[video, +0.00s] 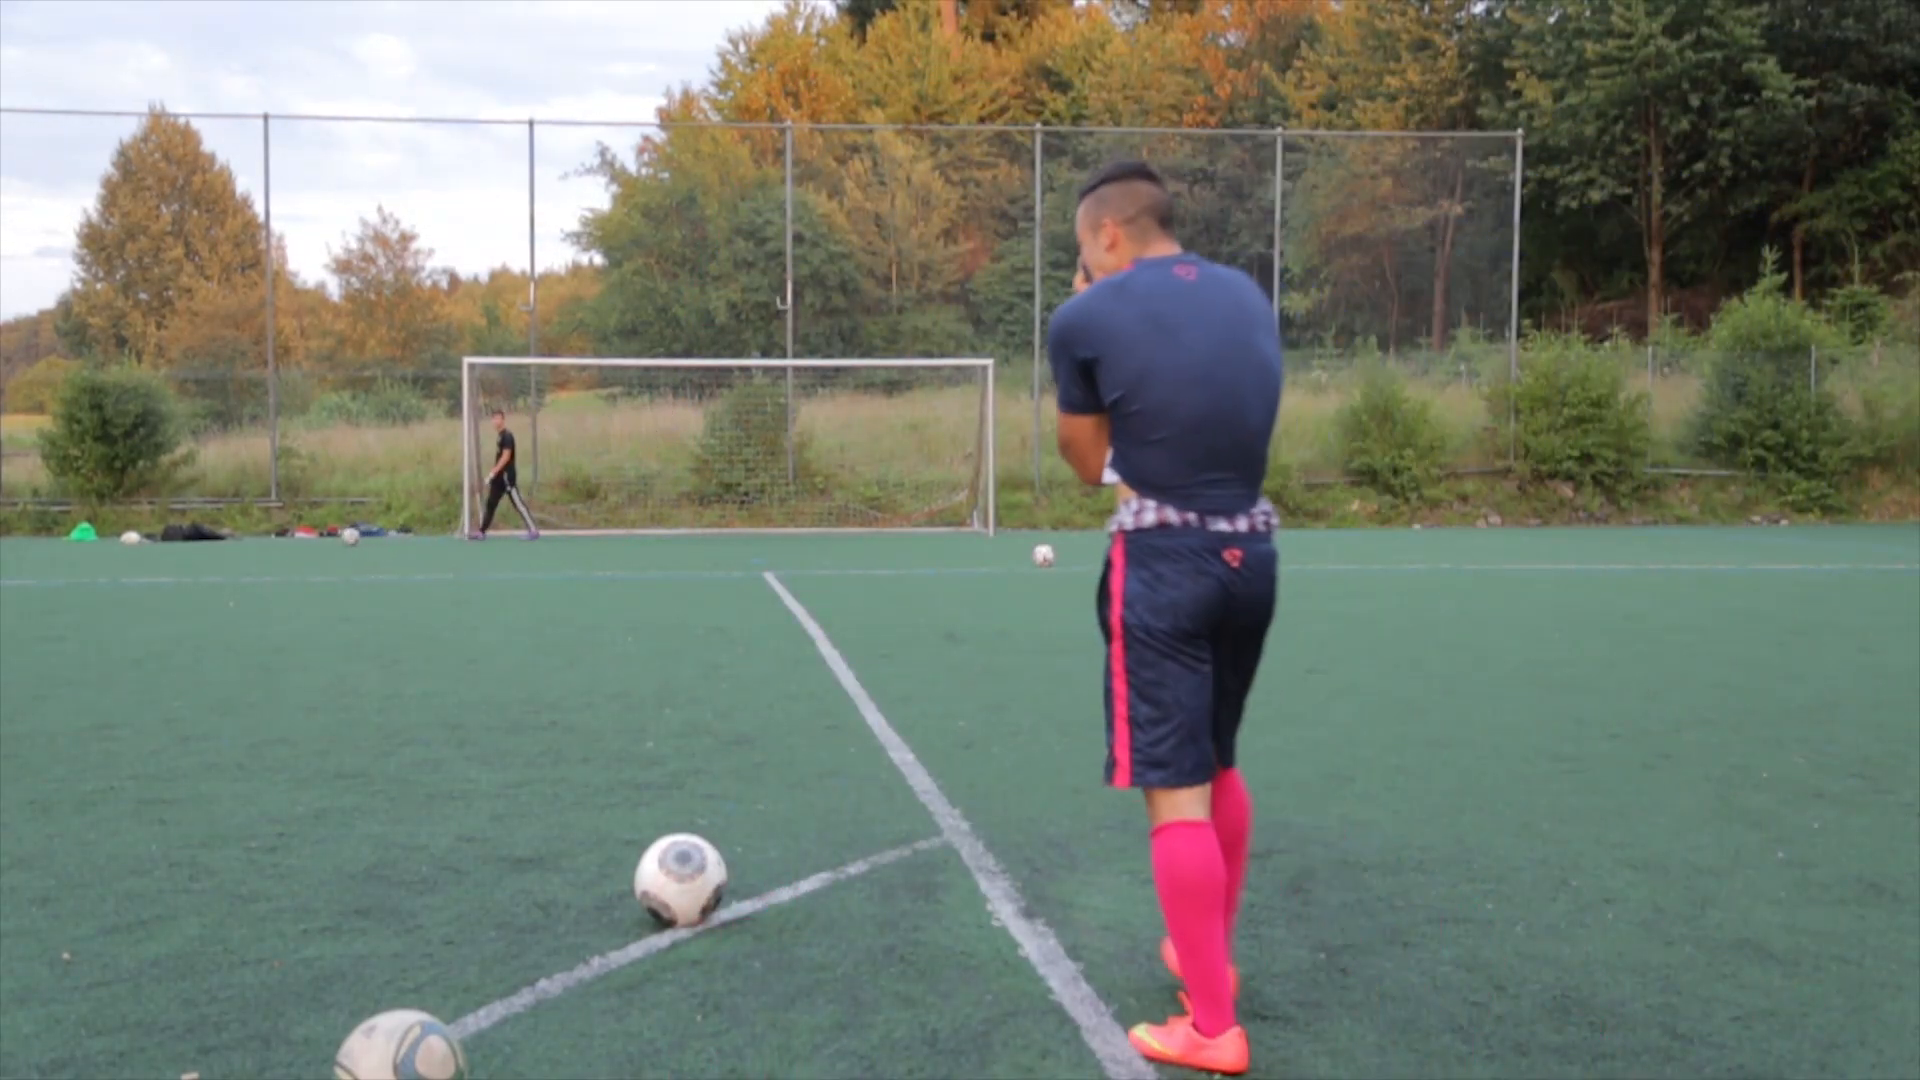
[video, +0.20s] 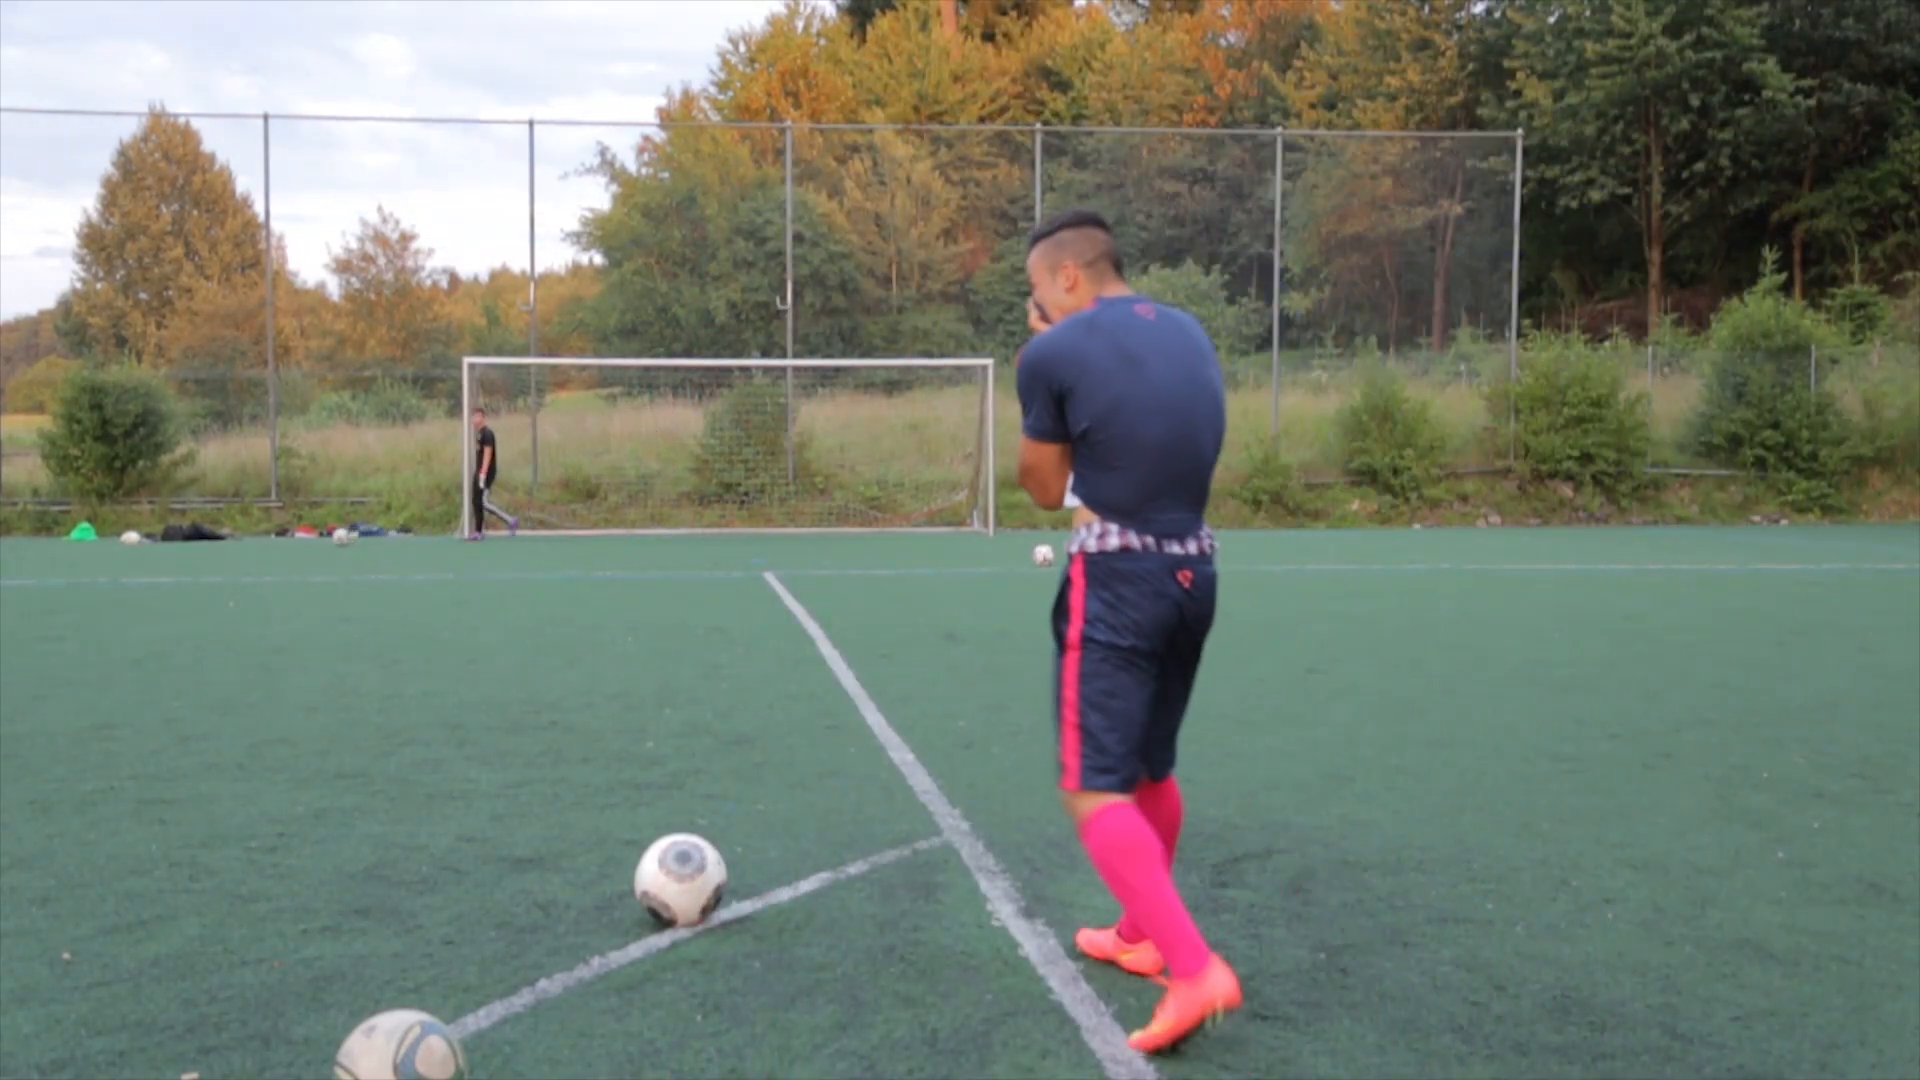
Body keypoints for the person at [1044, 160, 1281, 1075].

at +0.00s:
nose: (1083, 264)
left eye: (1082, 249)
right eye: (1081, 251)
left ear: (1109, 234)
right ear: (1165, 226)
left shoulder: (1086, 317)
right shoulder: (1246, 295)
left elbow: (1090, 461)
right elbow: (1236, 423)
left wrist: (1098, 339)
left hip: (1161, 567)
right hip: (1250, 562)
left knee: (1178, 801)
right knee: (1214, 763)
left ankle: (1214, 1026)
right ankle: (1208, 948)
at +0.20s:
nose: (1039, 306)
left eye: (1038, 293)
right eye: (1037, 294)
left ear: (1067, 279)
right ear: (1113, 274)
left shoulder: (1054, 351)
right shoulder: (1186, 331)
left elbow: (1045, 487)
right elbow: (1174, 450)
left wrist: (1050, 378)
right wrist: (1076, 369)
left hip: (1115, 579)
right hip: (1190, 576)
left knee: (1093, 790)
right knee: (1152, 769)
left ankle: (1197, 970)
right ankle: (1144, 933)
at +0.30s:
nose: (1012, 298)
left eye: (1013, 284)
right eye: (1010, 286)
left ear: (1048, 271)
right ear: (1079, 268)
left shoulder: (1042, 341)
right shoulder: (1150, 322)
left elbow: (1027, 475)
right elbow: (1134, 438)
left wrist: (1022, 370)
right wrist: (1049, 351)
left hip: (1096, 563)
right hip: (1167, 562)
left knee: (1022, 759)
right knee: (1130, 748)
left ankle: (1151, 903)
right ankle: (1136, 926)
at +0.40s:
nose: (983, 288)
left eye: (986, 271)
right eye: (979, 274)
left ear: (1028, 259)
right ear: (1047, 263)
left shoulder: (1034, 332)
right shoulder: (1117, 316)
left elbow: (1004, 464)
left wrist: (1003, 352)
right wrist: (1014, 336)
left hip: (1072, 555)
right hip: (1139, 552)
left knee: (983, 730)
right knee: (1109, 736)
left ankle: (1095, 899)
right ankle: (1130, 929)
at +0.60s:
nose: (921, 315)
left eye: (926, 298)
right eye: (917, 301)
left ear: (970, 290)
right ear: (986, 289)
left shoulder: (991, 366)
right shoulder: (1047, 340)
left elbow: (956, 487)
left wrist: (956, 376)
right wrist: (965, 378)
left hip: (1023, 574)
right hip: (1073, 567)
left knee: (978, 737)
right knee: (1043, 735)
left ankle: (998, 898)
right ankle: (1124, 878)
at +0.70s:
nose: (893, 339)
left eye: (895, 321)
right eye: (886, 325)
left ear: (938, 307)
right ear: (945, 308)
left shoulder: (975, 385)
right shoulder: (1012, 344)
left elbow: (937, 504)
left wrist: (935, 399)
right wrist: (939, 390)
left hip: (1005, 572)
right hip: (1035, 563)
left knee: (951, 743)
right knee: (997, 728)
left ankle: (996, 900)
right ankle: (1089, 837)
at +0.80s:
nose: (878, 327)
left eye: (882, 310)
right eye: (871, 315)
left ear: (922, 297)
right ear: (906, 305)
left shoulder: (969, 367)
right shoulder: (948, 345)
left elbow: (933, 488)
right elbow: (912, 457)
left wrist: (913, 383)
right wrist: (901, 376)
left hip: (999, 559)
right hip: (966, 551)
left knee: (961, 733)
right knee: (914, 708)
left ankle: (997, 897)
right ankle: (1021, 843)